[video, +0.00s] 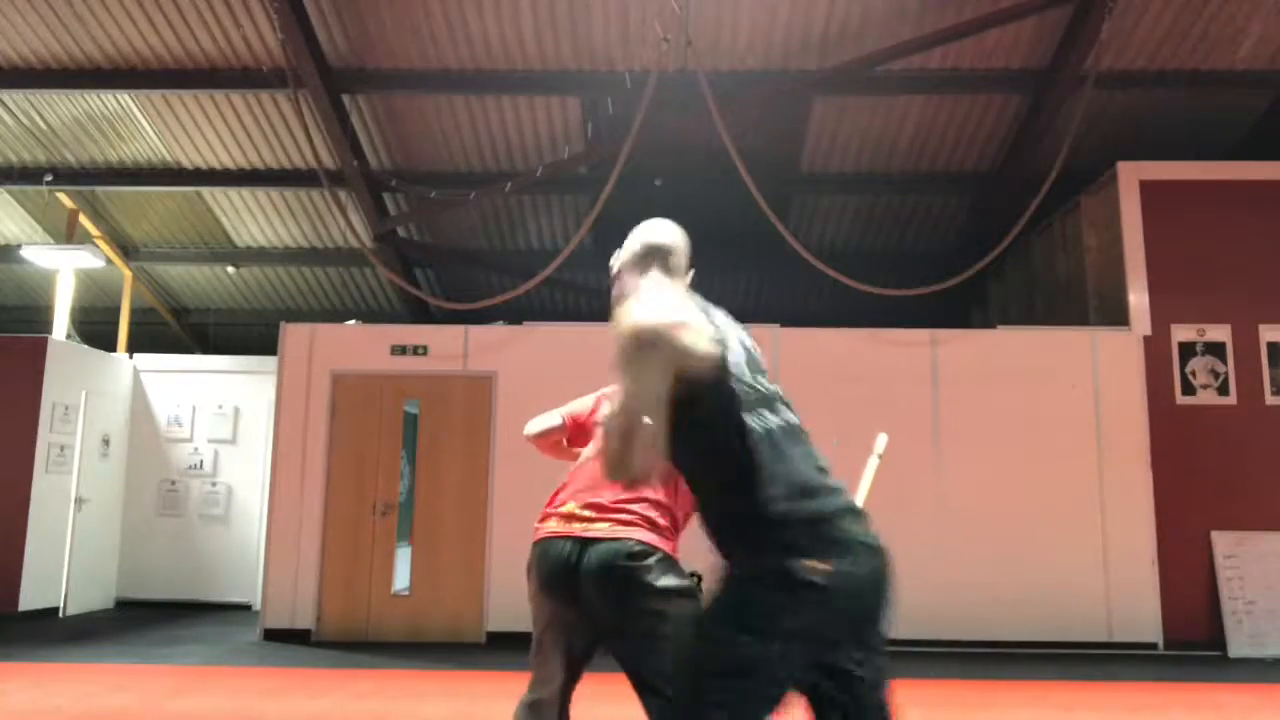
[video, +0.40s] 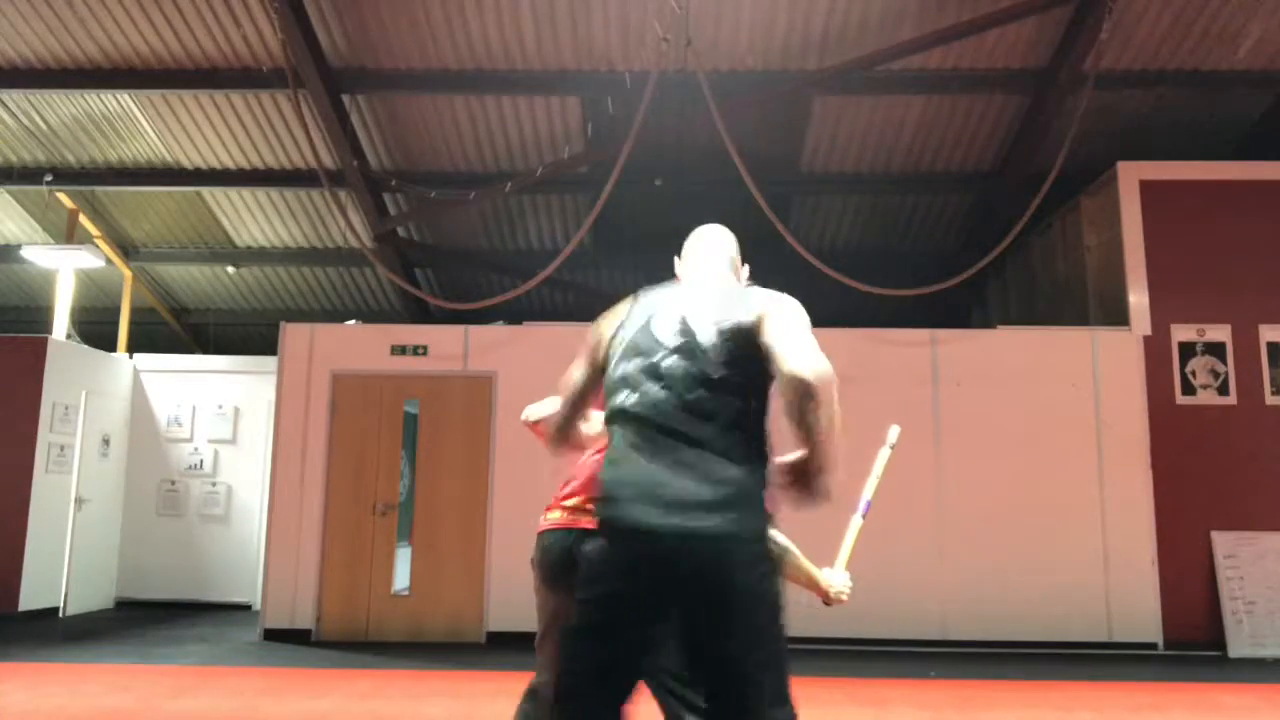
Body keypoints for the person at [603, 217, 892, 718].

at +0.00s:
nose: (613, 289)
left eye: (614, 275)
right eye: (614, 276)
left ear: (627, 268)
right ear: (681, 271)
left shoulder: (647, 317)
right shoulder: (717, 321)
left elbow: (630, 465)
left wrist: (618, 406)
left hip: (789, 572)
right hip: (851, 561)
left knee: (701, 707)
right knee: (855, 709)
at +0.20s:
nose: (655, 248)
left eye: (656, 241)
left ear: (656, 243)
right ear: (725, 254)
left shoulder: (614, 293)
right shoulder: (777, 313)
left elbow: (547, 418)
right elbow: (828, 421)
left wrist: (597, 398)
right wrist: (753, 421)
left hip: (698, 542)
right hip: (794, 544)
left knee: (646, 707)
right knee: (794, 708)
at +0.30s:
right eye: (741, 255)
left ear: (673, 255)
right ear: (741, 263)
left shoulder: (618, 303)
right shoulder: (778, 307)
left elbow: (544, 417)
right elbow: (817, 395)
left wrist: (609, 415)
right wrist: (781, 479)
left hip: (647, 536)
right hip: (753, 540)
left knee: (599, 702)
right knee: (763, 704)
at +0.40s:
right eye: (742, 266)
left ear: (677, 267)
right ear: (743, 272)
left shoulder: (626, 312)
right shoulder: (771, 306)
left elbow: (562, 419)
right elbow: (810, 376)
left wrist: (601, 430)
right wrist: (814, 464)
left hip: (625, 544)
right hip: (728, 548)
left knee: (582, 702)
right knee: (755, 704)